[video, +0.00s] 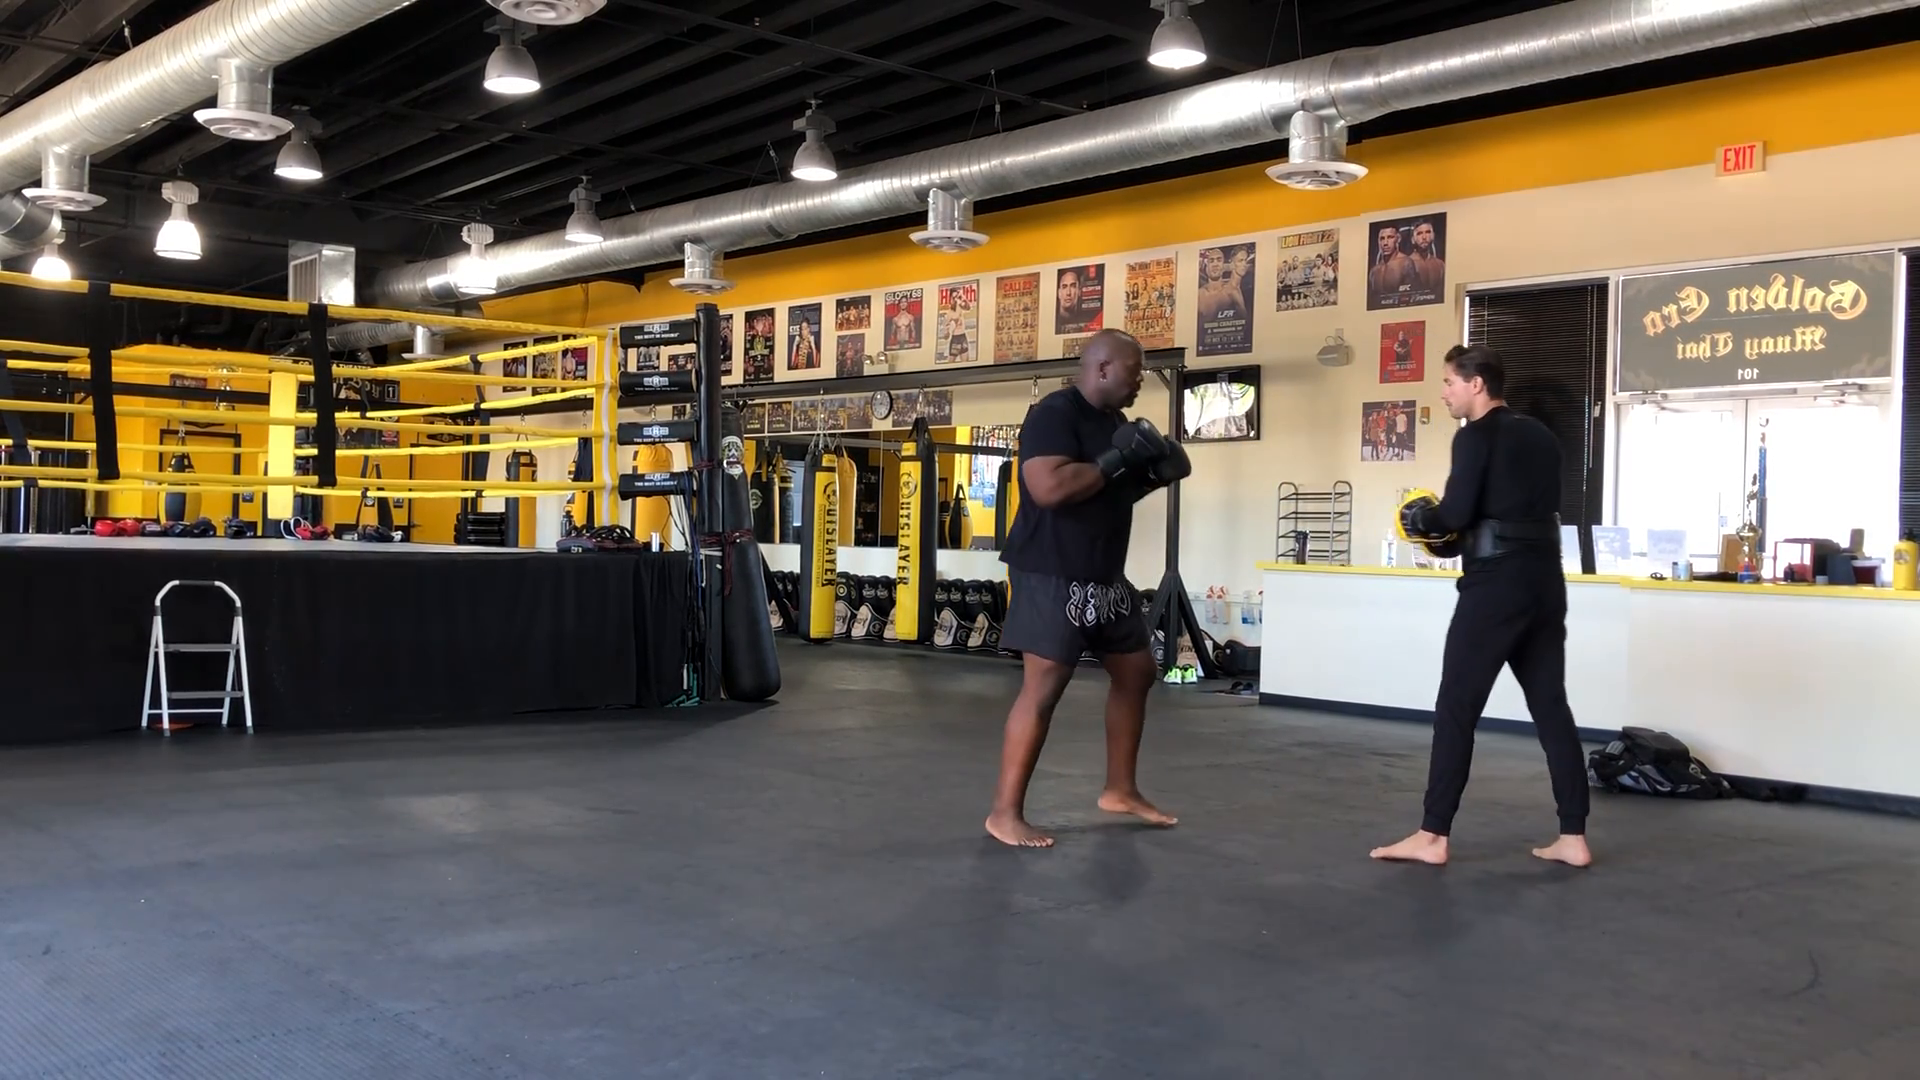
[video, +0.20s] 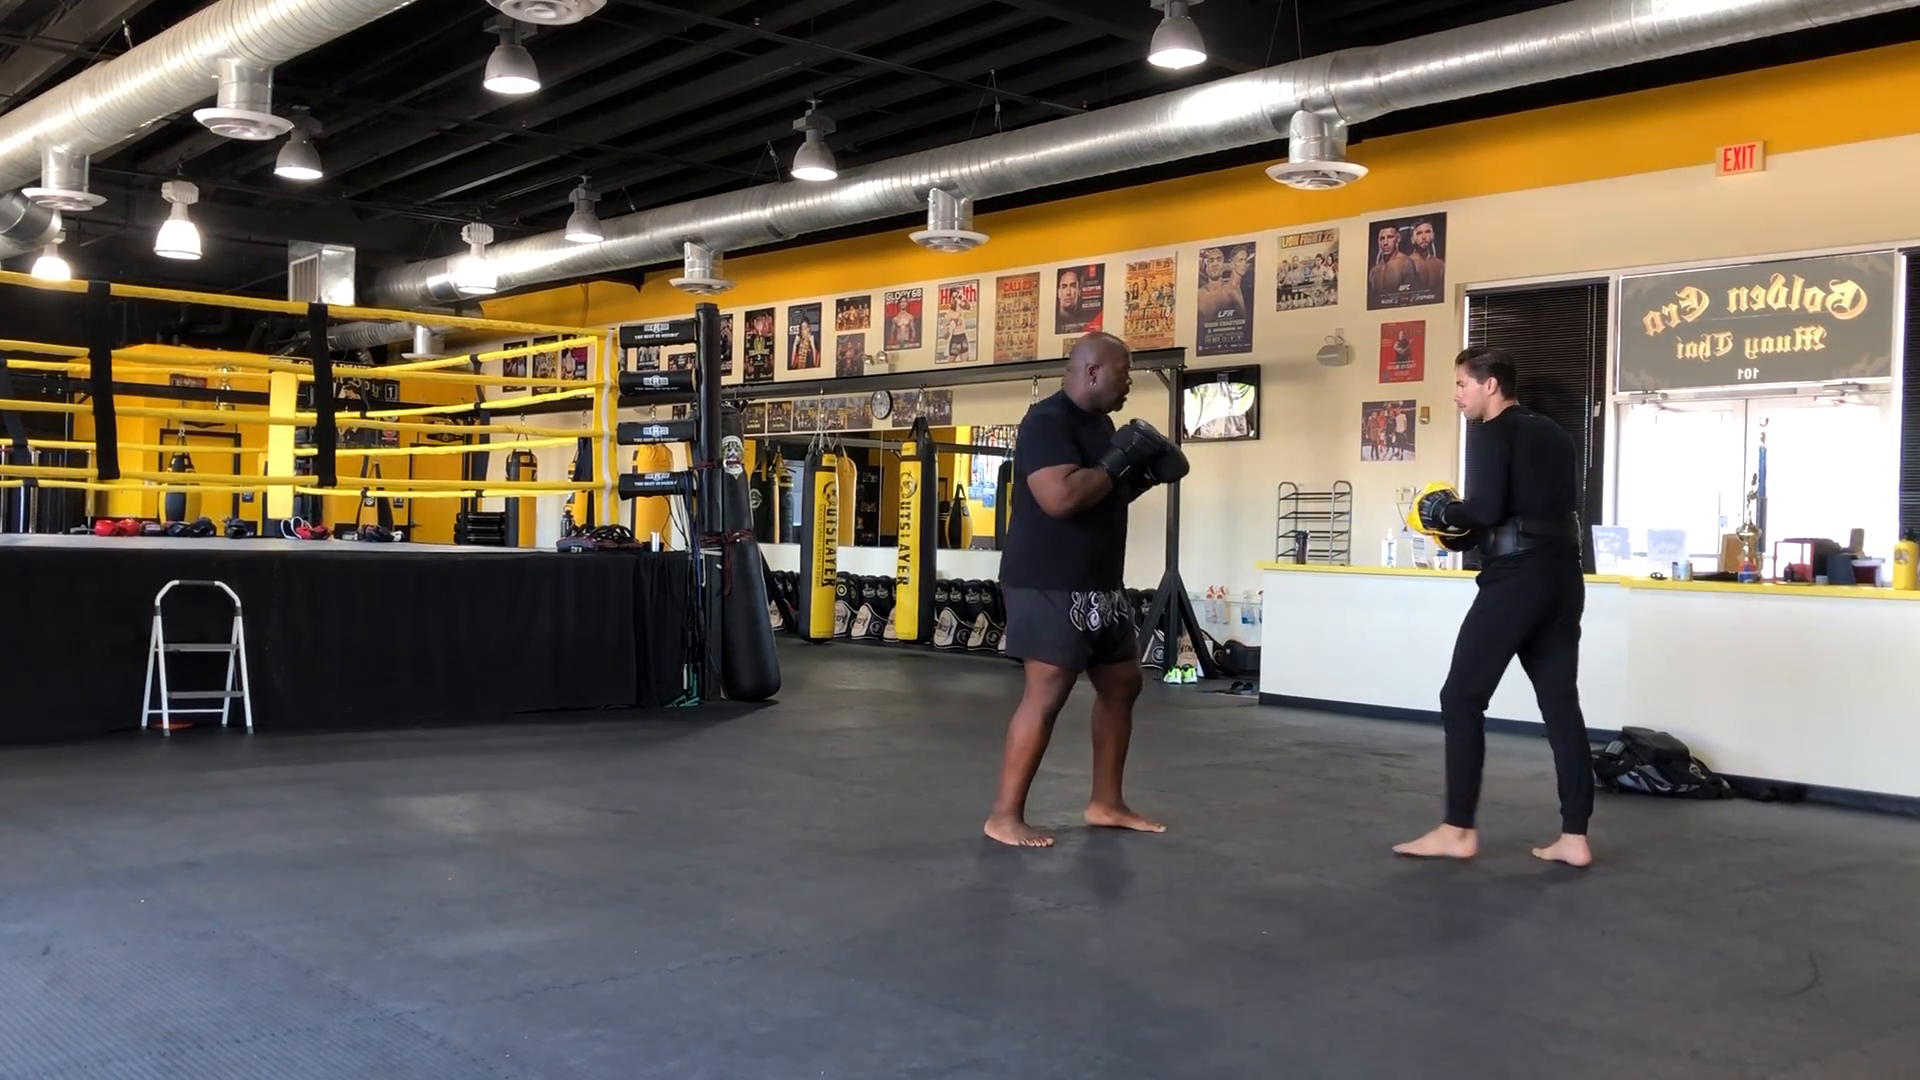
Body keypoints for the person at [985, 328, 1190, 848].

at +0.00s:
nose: (1138, 385)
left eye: (1140, 375)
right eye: (1134, 374)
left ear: (1108, 370)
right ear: (1102, 368)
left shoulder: (1117, 427)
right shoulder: (1051, 413)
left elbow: (1113, 497)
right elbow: (1048, 487)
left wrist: (1154, 475)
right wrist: (1116, 458)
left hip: (1105, 576)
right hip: (1052, 575)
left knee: (1135, 671)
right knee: (1042, 685)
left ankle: (1120, 791)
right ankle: (1004, 814)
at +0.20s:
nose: (1129, 384)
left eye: (1130, 375)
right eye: (1124, 373)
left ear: (1092, 371)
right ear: (1092, 370)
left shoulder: (1102, 430)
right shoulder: (1045, 420)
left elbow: (1103, 498)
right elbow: (1058, 496)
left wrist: (1146, 473)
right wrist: (1120, 457)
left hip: (1098, 585)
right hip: (1047, 585)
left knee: (1121, 681)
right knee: (1045, 690)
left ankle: (1106, 803)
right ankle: (1004, 817)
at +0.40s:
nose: (1133, 380)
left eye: (1134, 371)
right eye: (1129, 370)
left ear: (1098, 366)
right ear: (1097, 364)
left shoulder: (1103, 423)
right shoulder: (1052, 410)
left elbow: (1105, 489)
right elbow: (1061, 485)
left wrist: (1149, 470)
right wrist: (1123, 454)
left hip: (1102, 576)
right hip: (1052, 577)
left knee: (1123, 674)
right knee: (1035, 689)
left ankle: (1115, 795)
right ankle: (1003, 816)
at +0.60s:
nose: (1150, 382)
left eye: (1151, 373)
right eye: (1146, 372)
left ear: (1116, 368)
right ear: (1116, 367)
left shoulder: (1117, 428)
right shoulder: (1067, 414)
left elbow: (1116, 499)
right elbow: (1075, 490)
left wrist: (1161, 471)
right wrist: (1136, 454)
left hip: (1111, 579)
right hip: (1065, 578)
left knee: (1112, 683)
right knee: (1065, 686)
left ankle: (1111, 804)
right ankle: (1007, 809)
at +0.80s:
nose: (1159, 383)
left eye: (1160, 374)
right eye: (1154, 373)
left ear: (1125, 369)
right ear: (1123, 368)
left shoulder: (1126, 428)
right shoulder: (1078, 411)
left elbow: (1130, 494)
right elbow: (1082, 484)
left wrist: (1172, 467)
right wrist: (1145, 459)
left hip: (1113, 574)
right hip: (1070, 570)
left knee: (1114, 682)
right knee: (1089, 678)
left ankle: (1112, 804)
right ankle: (1031, 803)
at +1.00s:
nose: (1150, 388)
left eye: (1151, 379)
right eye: (1146, 377)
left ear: (1115, 373)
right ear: (1115, 373)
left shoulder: (1112, 430)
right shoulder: (1071, 421)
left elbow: (1124, 492)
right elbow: (1090, 501)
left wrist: (1165, 486)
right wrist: (1144, 463)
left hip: (1118, 583)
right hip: (1075, 583)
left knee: (1136, 680)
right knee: (1081, 689)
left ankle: (1115, 803)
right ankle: (1031, 820)